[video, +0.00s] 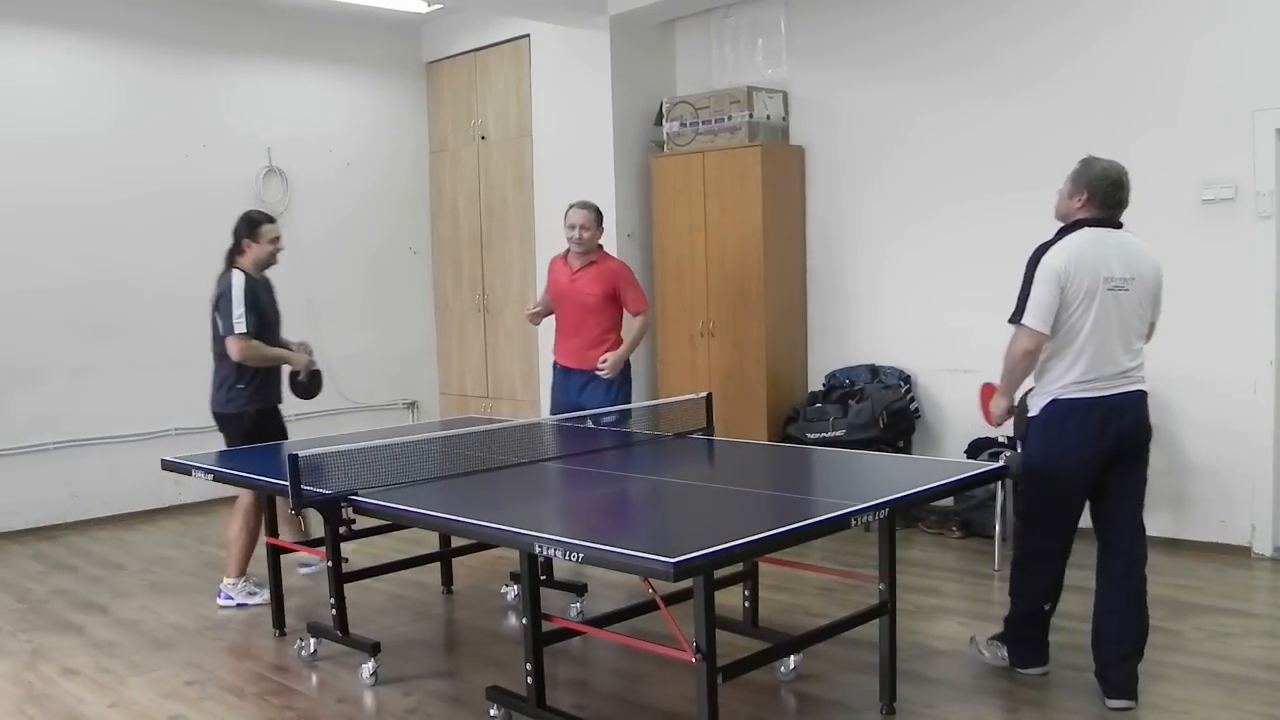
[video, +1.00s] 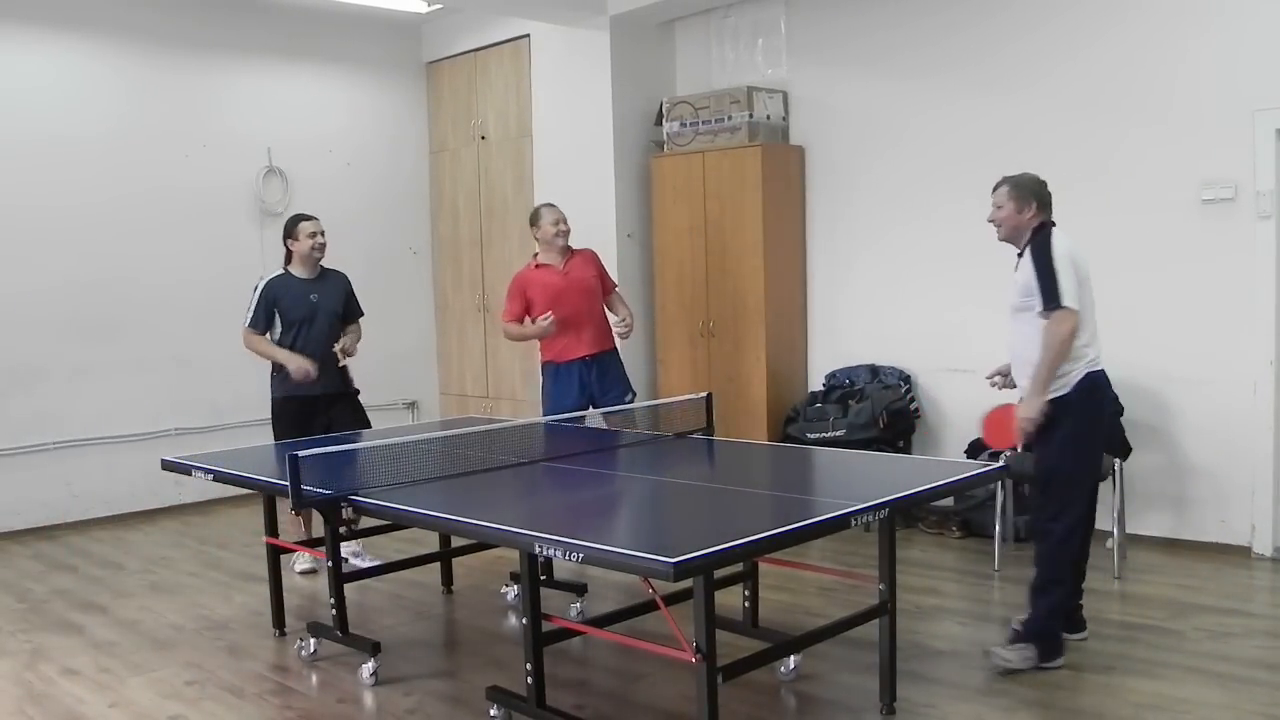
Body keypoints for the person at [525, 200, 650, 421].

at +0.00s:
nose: (577, 235)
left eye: (585, 229)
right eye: (571, 228)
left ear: (599, 232)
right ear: (564, 230)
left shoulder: (616, 270)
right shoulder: (557, 265)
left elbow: (643, 316)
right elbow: (551, 297)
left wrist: (622, 355)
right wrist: (539, 311)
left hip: (606, 377)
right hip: (565, 376)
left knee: (608, 451)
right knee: (566, 451)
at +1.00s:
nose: (564, 228)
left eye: (564, 222)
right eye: (555, 223)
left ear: (568, 225)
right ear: (536, 232)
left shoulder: (588, 258)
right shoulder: (524, 280)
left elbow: (610, 294)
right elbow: (509, 328)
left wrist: (625, 315)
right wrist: (533, 331)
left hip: (605, 364)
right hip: (561, 372)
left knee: (627, 433)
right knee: (562, 442)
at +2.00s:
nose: (712, 242)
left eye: (713, 235)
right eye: (709, 233)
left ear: (695, 233)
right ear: (692, 232)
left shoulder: (701, 271)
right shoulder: (663, 270)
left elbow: (705, 315)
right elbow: (639, 315)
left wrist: (735, 333)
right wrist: (689, 329)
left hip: (702, 370)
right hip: (675, 373)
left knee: (702, 443)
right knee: (683, 445)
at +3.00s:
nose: (844, 241)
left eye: (846, 235)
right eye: (842, 234)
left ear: (828, 228)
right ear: (825, 227)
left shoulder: (821, 263)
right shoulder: (798, 259)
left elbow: (829, 307)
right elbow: (790, 308)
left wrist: (856, 322)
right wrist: (840, 322)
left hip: (817, 363)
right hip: (800, 364)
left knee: (816, 444)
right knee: (818, 444)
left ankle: (813, 522)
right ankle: (802, 528)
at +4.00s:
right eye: (858, 260)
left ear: (827, 259)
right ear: (855, 258)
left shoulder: (802, 277)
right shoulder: (863, 269)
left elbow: (783, 329)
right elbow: (882, 308)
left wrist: (815, 334)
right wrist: (870, 334)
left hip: (798, 357)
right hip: (837, 357)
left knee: (815, 442)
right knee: (870, 439)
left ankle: (812, 517)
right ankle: (865, 515)